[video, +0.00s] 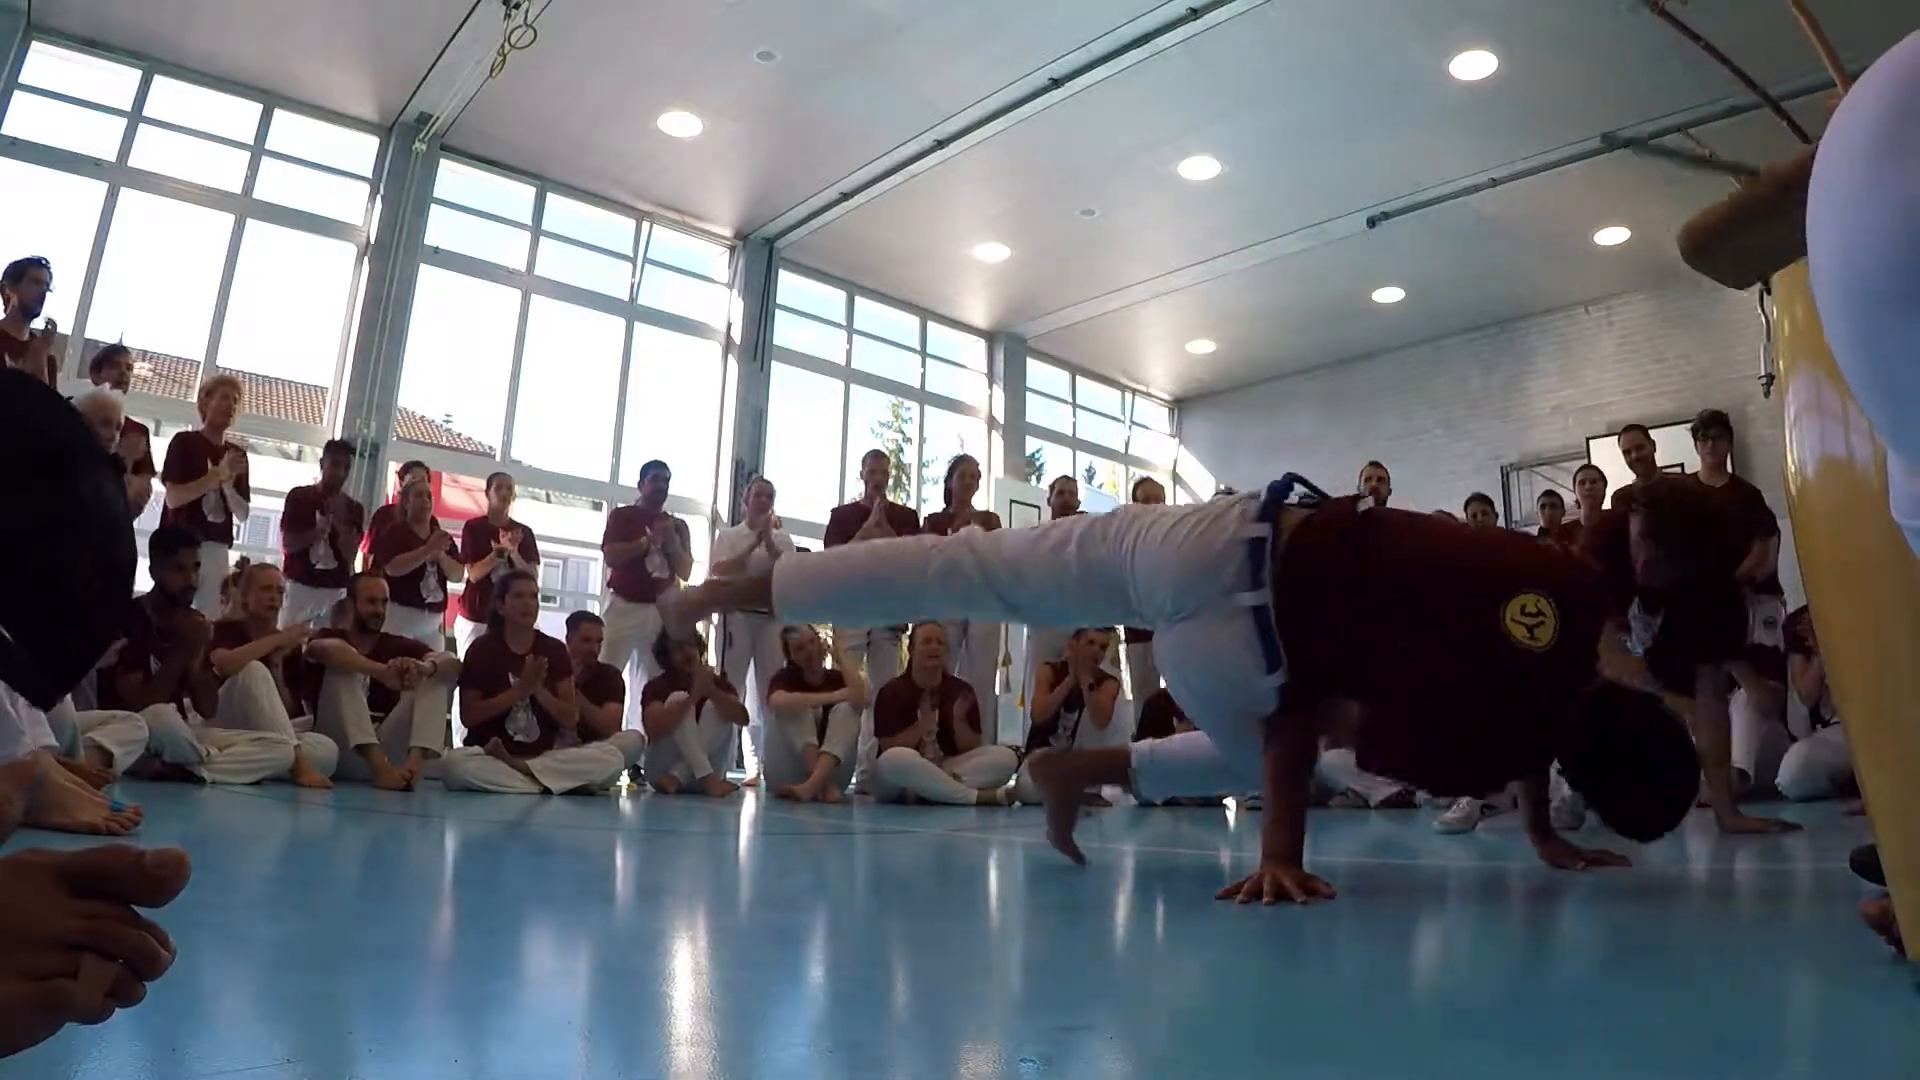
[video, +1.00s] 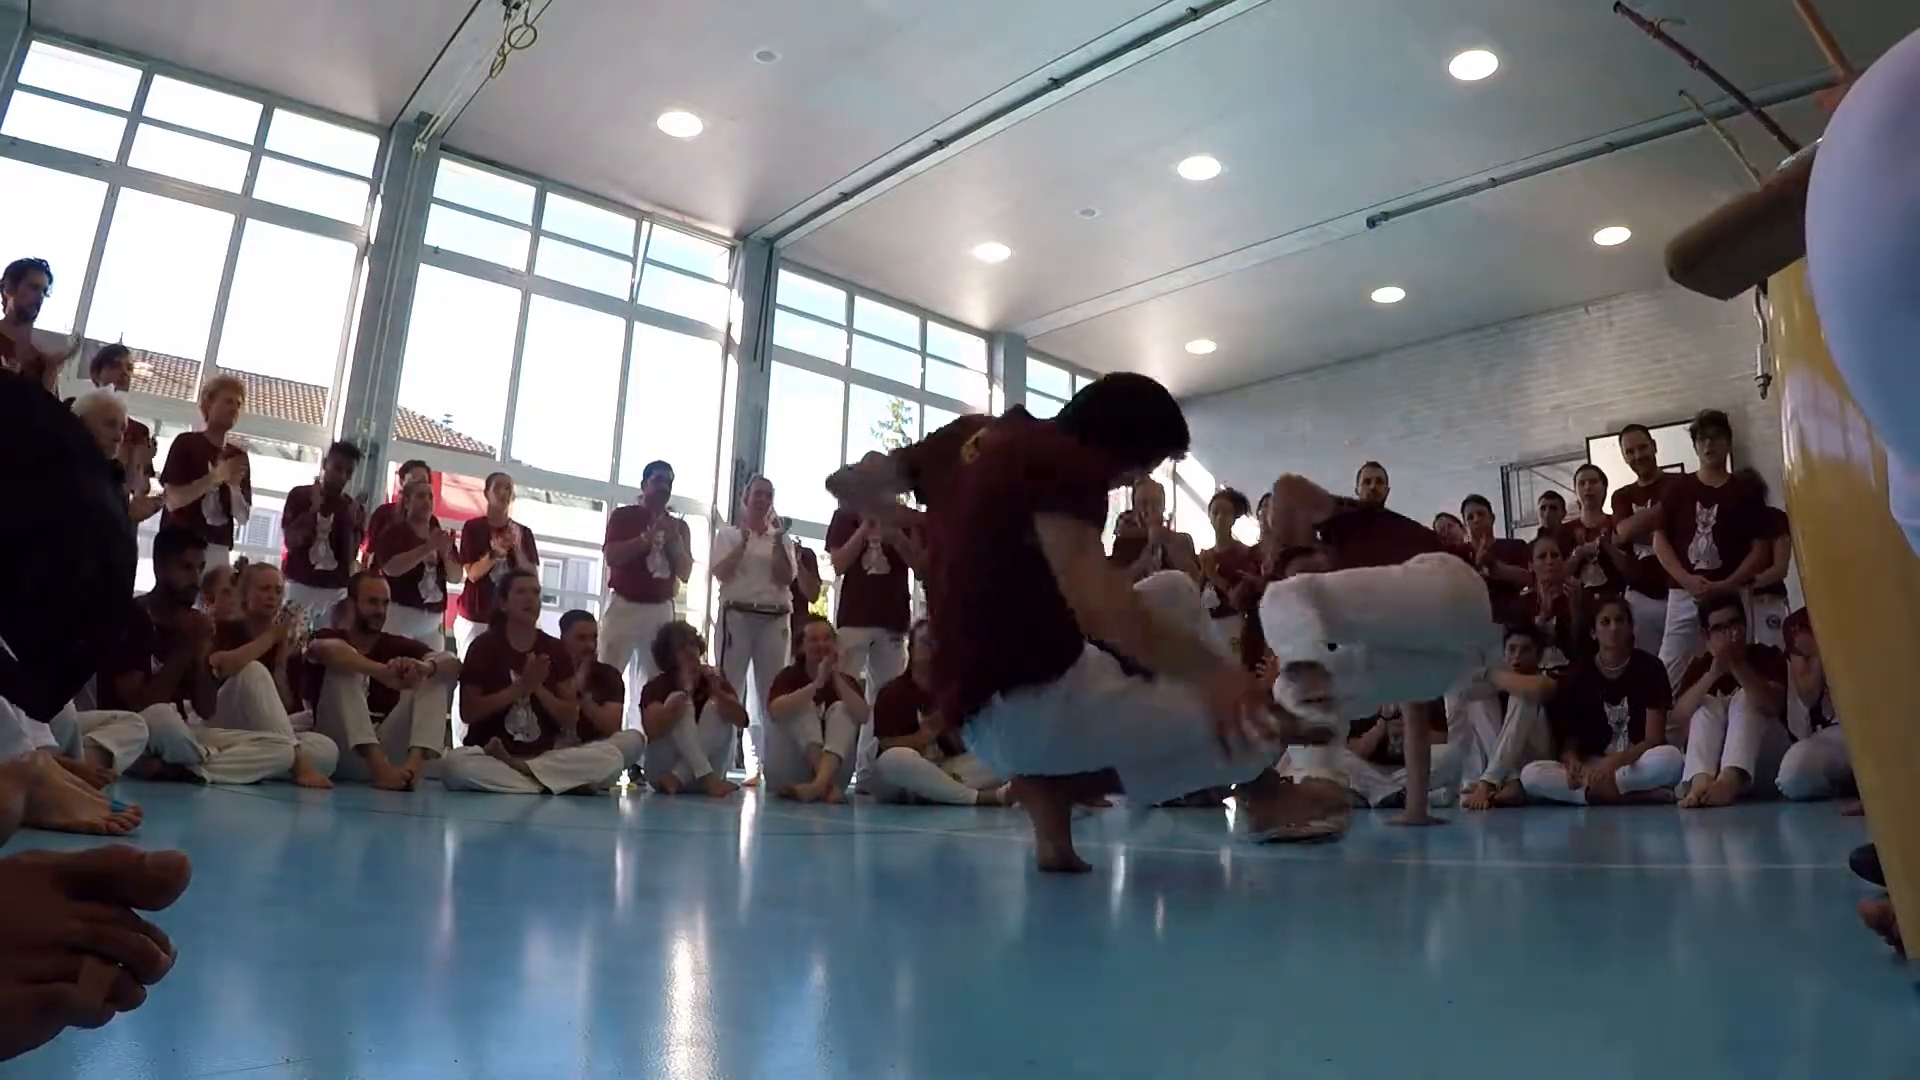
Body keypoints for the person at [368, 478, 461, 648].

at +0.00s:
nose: (425, 501)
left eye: (429, 497)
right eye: (419, 496)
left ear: (433, 502)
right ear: (406, 502)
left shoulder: (440, 536)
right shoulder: (394, 532)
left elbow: (458, 575)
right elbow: (392, 569)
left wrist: (441, 556)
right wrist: (428, 549)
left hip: (434, 614)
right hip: (400, 610)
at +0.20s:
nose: (426, 502)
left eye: (429, 497)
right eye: (419, 496)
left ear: (433, 502)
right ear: (406, 502)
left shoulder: (438, 534)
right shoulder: (395, 531)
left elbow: (456, 577)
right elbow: (390, 569)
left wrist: (449, 551)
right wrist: (428, 547)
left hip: (433, 614)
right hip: (400, 611)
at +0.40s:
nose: (426, 502)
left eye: (429, 497)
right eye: (419, 496)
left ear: (433, 502)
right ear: (406, 502)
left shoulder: (441, 536)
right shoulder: (393, 532)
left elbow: (458, 576)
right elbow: (391, 568)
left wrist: (443, 556)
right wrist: (428, 549)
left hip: (433, 614)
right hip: (400, 610)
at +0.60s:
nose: (426, 502)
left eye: (429, 497)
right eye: (420, 496)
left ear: (433, 502)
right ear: (406, 502)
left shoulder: (441, 537)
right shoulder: (394, 531)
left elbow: (456, 578)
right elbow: (390, 569)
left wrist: (451, 547)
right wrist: (427, 546)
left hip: (433, 615)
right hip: (400, 611)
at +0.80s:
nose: (426, 502)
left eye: (430, 497)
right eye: (420, 497)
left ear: (433, 502)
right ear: (406, 502)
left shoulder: (440, 536)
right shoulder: (394, 532)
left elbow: (457, 577)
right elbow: (392, 569)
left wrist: (439, 558)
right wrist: (430, 547)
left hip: (434, 614)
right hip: (400, 611)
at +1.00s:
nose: (427, 502)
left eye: (430, 497)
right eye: (421, 496)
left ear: (434, 501)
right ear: (406, 502)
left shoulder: (439, 534)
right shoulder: (394, 532)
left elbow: (456, 578)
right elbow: (391, 569)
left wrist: (447, 553)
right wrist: (429, 547)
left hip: (434, 614)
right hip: (401, 610)